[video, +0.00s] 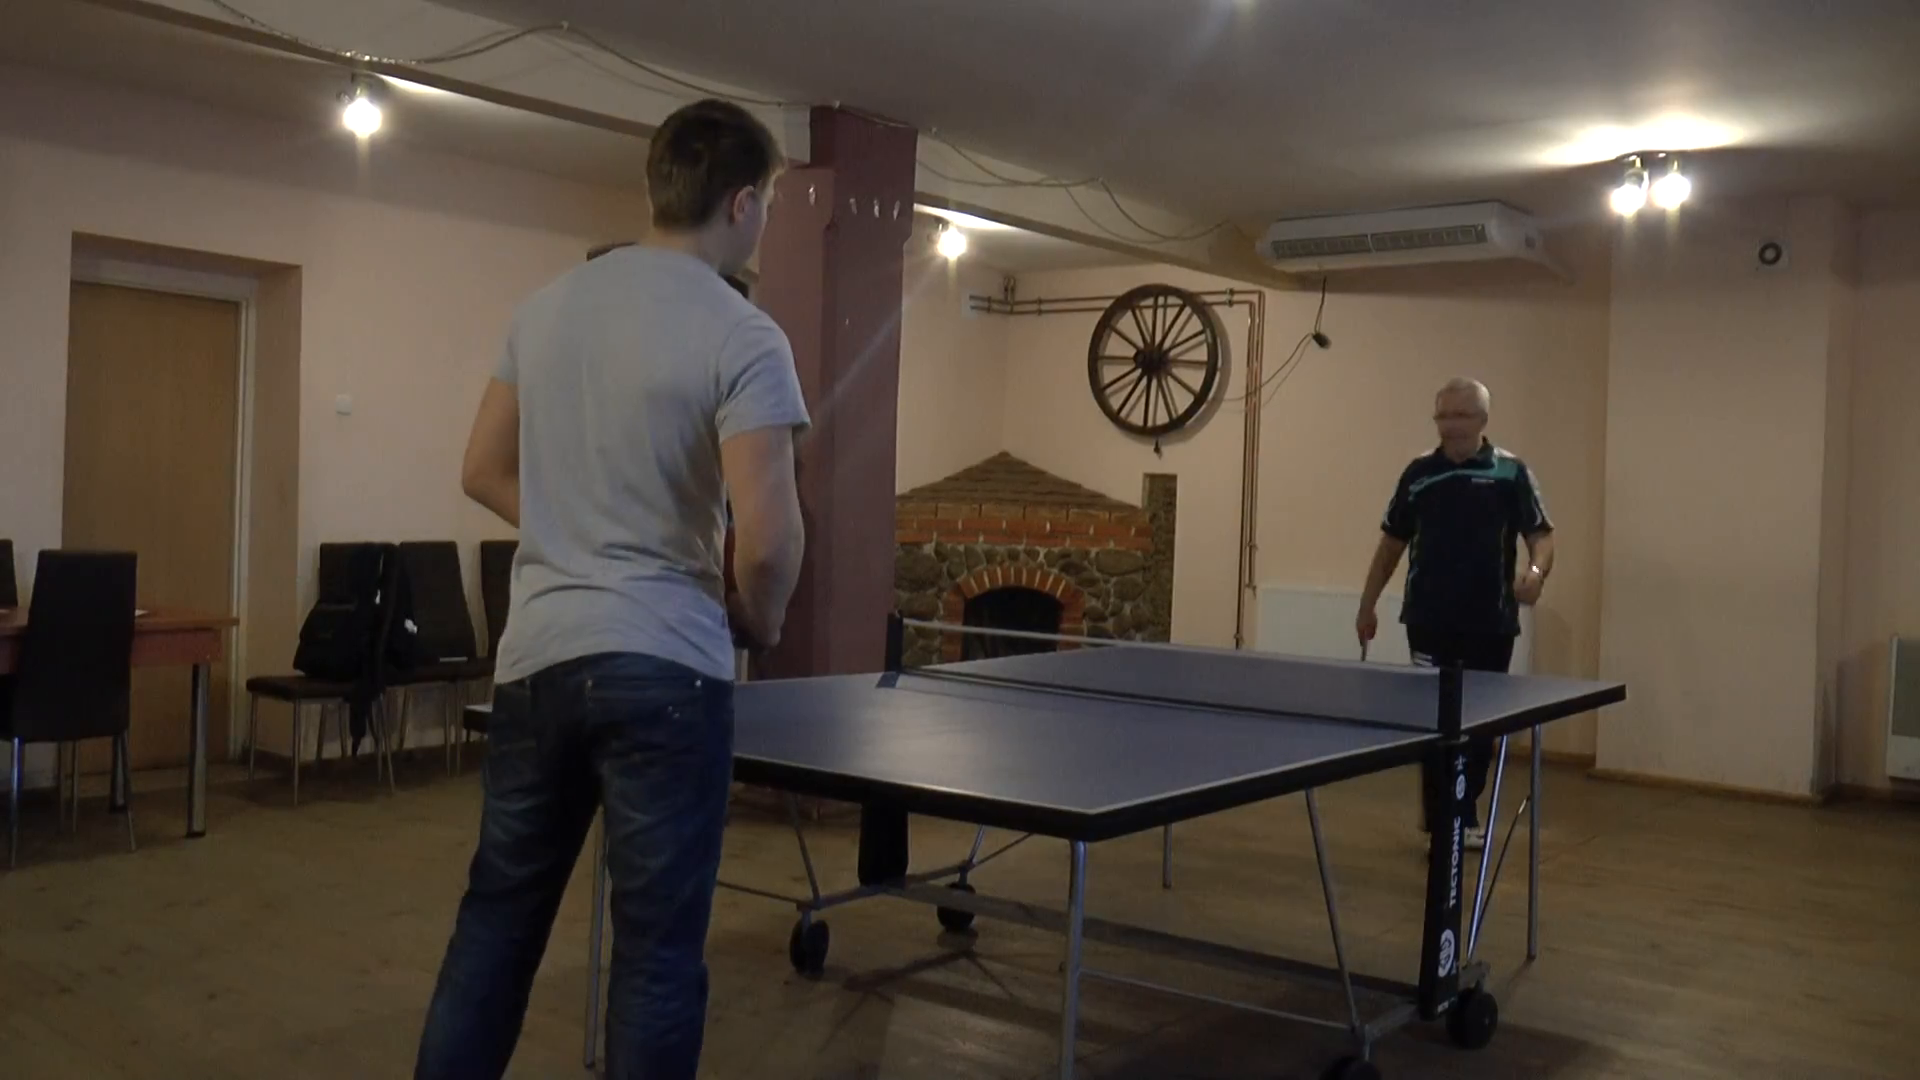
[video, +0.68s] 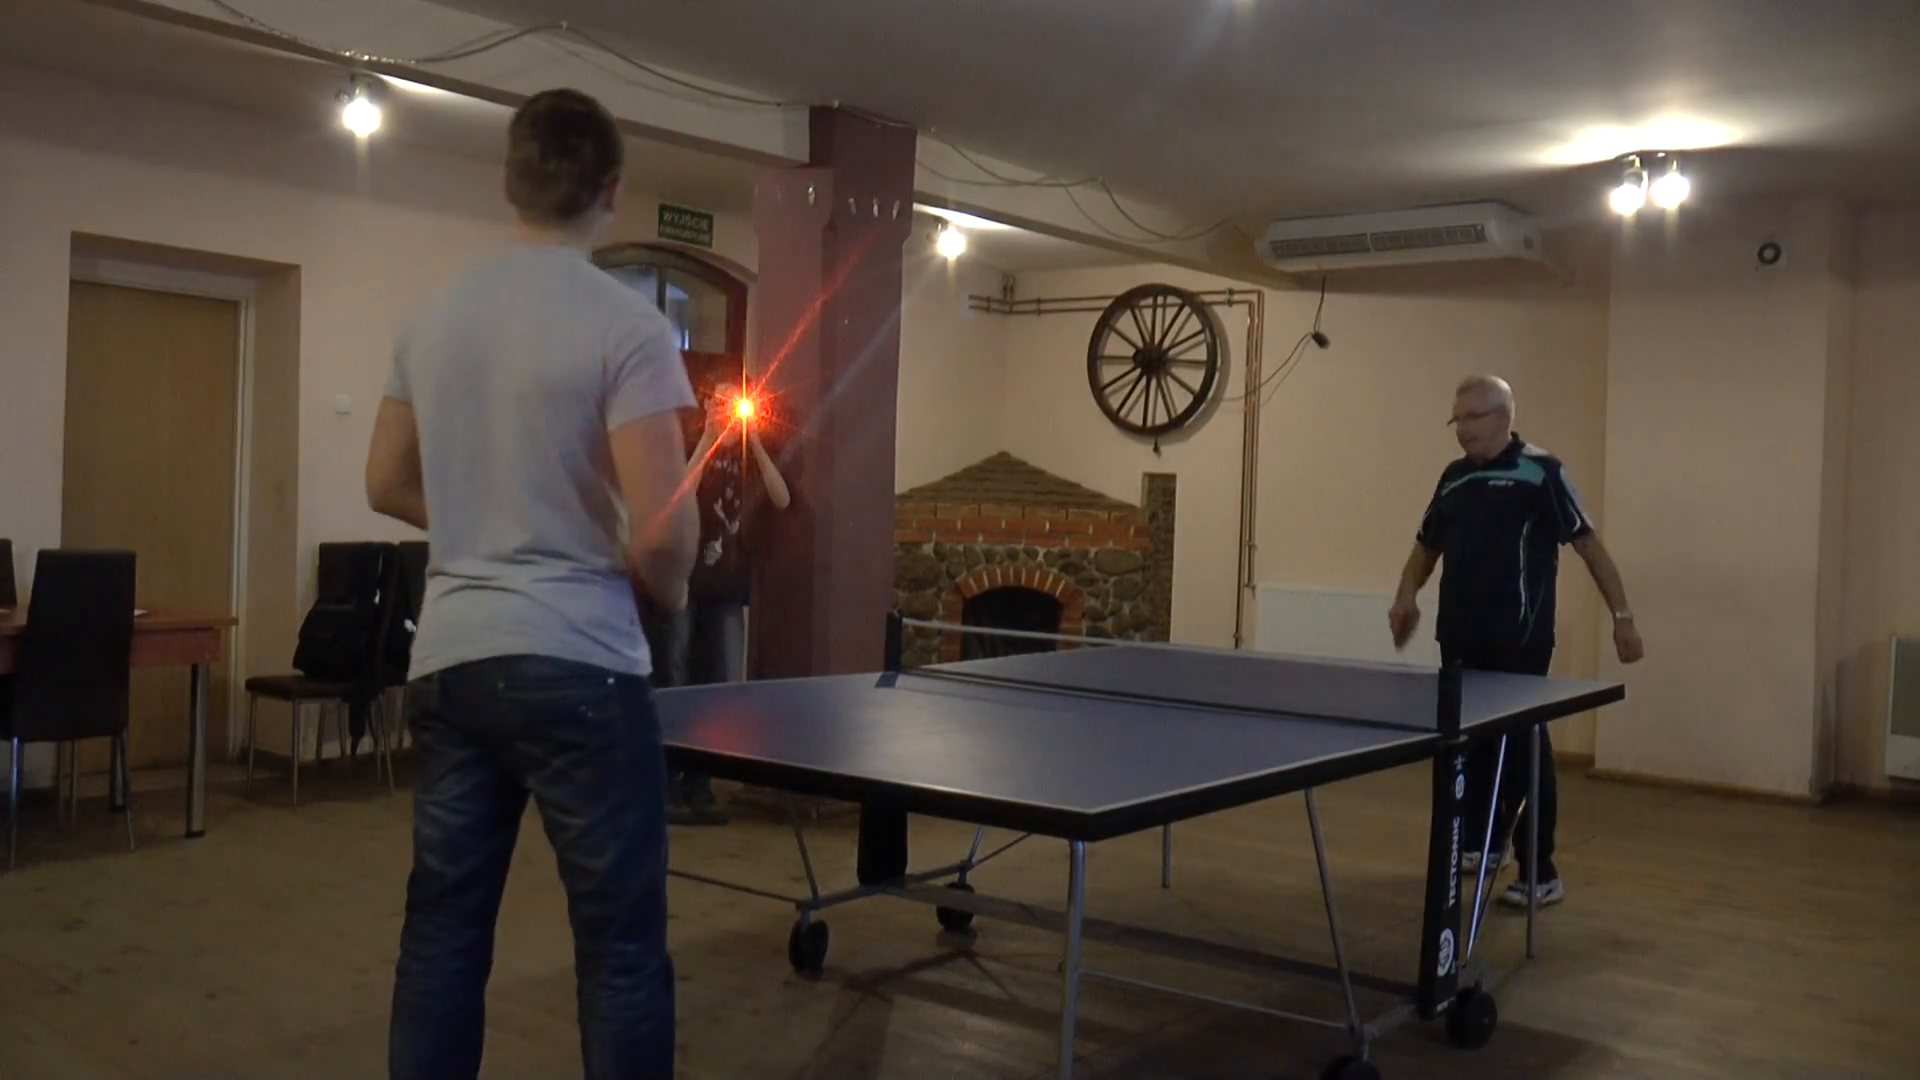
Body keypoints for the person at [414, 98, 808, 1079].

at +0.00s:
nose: (764, 218)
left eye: (768, 201)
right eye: (765, 199)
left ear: (653, 192)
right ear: (740, 200)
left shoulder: (546, 307)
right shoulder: (740, 331)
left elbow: (487, 471)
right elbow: (765, 540)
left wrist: (577, 533)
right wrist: (758, 623)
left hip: (535, 651)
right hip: (664, 657)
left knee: (496, 919)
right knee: (658, 945)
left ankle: (446, 1072)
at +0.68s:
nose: (618, 196)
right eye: (620, 183)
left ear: (506, 185)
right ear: (611, 193)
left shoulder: (435, 315)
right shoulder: (630, 323)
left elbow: (389, 481)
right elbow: (658, 532)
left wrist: (490, 524)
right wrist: (664, 592)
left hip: (449, 652)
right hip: (577, 657)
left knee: (441, 928)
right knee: (620, 939)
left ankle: (425, 1074)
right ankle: (628, 1074)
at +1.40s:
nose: (549, 213)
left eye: (549, 194)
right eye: (548, 192)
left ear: (445, 192)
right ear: (518, 188)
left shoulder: (365, 328)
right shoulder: (530, 306)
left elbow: (349, 514)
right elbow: (573, 504)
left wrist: (462, 523)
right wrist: (620, 570)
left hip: (397, 659)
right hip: (519, 665)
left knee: (421, 934)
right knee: (607, 931)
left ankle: (414, 1078)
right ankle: (635, 1071)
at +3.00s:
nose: (525, 215)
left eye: (527, 200)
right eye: (527, 199)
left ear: (419, 194)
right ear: (506, 195)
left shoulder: (328, 298)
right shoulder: (547, 309)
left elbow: (244, 472)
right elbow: (670, 463)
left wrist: (294, 576)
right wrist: (695, 540)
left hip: (347, 657)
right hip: (495, 651)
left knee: (343, 937)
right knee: (545, 938)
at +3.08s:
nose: (527, 212)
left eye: (529, 196)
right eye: (527, 195)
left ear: (416, 193)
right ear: (504, 193)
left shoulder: (331, 295)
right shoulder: (548, 309)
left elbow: (245, 473)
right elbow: (656, 481)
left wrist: (297, 577)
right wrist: (653, 550)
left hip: (349, 653)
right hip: (495, 650)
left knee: (345, 936)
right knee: (550, 940)